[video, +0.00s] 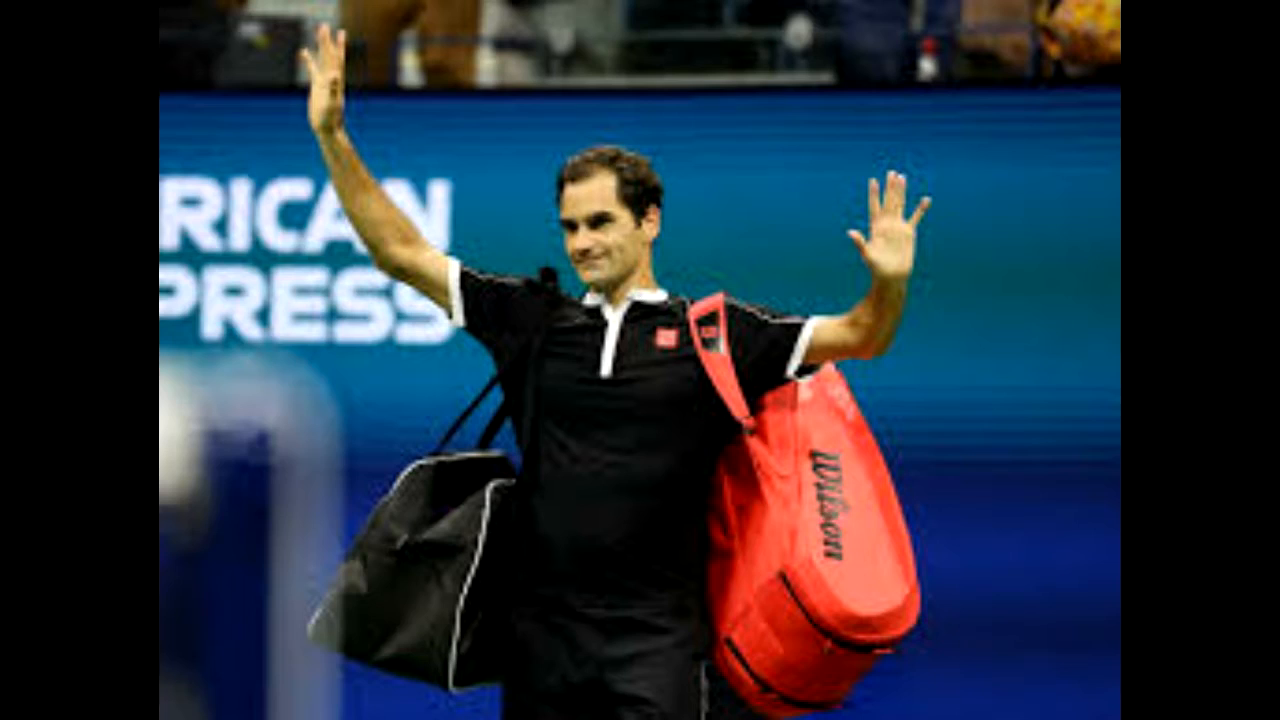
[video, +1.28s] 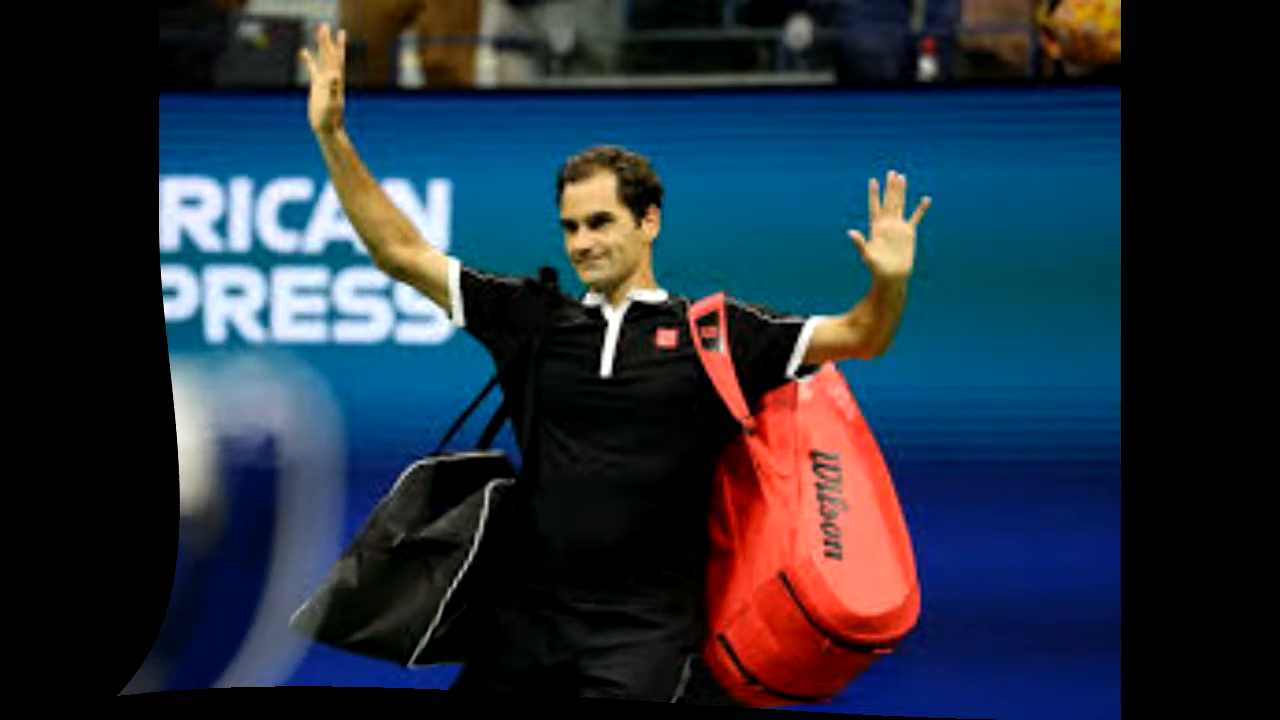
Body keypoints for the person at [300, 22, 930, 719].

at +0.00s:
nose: (581, 242)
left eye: (599, 224)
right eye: (570, 228)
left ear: (647, 225)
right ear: (560, 235)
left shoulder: (715, 329)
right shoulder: (528, 317)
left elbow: (861, 336)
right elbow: (398, 250)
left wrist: (890, 284)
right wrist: (328, 132)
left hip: (658, 628)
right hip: (544, 625)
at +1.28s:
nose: (581, 241)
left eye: (599, 223)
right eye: (570, 227)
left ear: (648, 223)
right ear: (561, 234)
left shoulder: (716, 331)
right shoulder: (531, 317)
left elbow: (859, 336)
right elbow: (399, 251)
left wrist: (890, 286)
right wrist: (330, 137)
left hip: (646, 624)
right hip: (530, 615)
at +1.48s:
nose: (583, 243)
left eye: (600, 225)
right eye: (571, 229)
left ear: (649, 224)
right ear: (562, 237)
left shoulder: (713, 330)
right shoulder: (537, 314)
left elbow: (862, 338)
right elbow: (418, 261)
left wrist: (890, 282)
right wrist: (338, 140)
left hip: (571, 576)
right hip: (472, 551)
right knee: (349, 606)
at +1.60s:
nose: (600, 253)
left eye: (615, 233)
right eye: (589, 238)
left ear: (659, 229)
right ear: (581, 243)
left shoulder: (713, 327)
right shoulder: (556, 324)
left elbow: (853, 332)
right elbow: (464, 287)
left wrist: (886, 285)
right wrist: (396, 171)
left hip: (523, 523)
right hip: (462, 487)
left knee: (352, 553)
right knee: (321, 553)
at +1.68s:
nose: (620, 262)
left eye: (635, 245)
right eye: (611, 249)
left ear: (674, 240)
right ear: (604, 251)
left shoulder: (712, 325)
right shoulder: (578, 331)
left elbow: (843, 326)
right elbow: (506, 308)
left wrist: (883, 275)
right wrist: (451, 190)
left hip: (511, 493)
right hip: (440, 487)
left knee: (309, 559)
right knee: (286, 559)